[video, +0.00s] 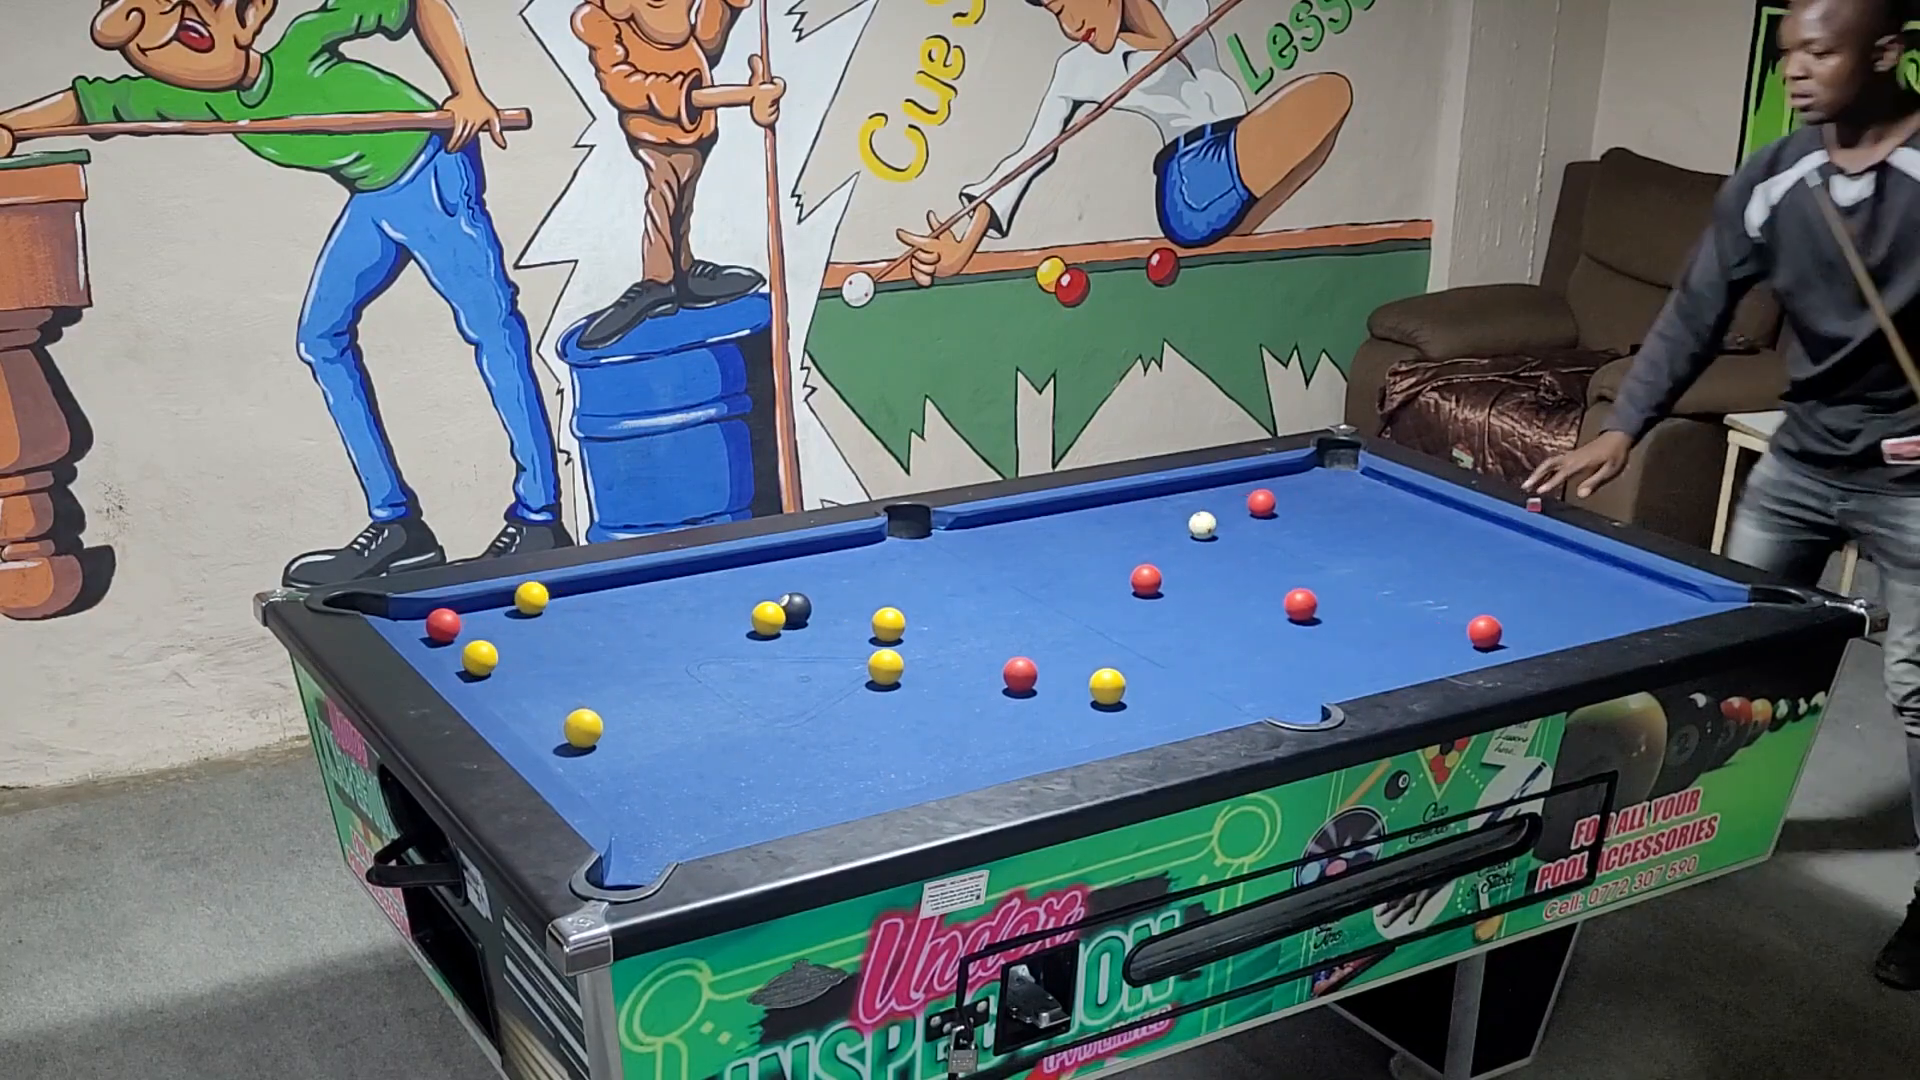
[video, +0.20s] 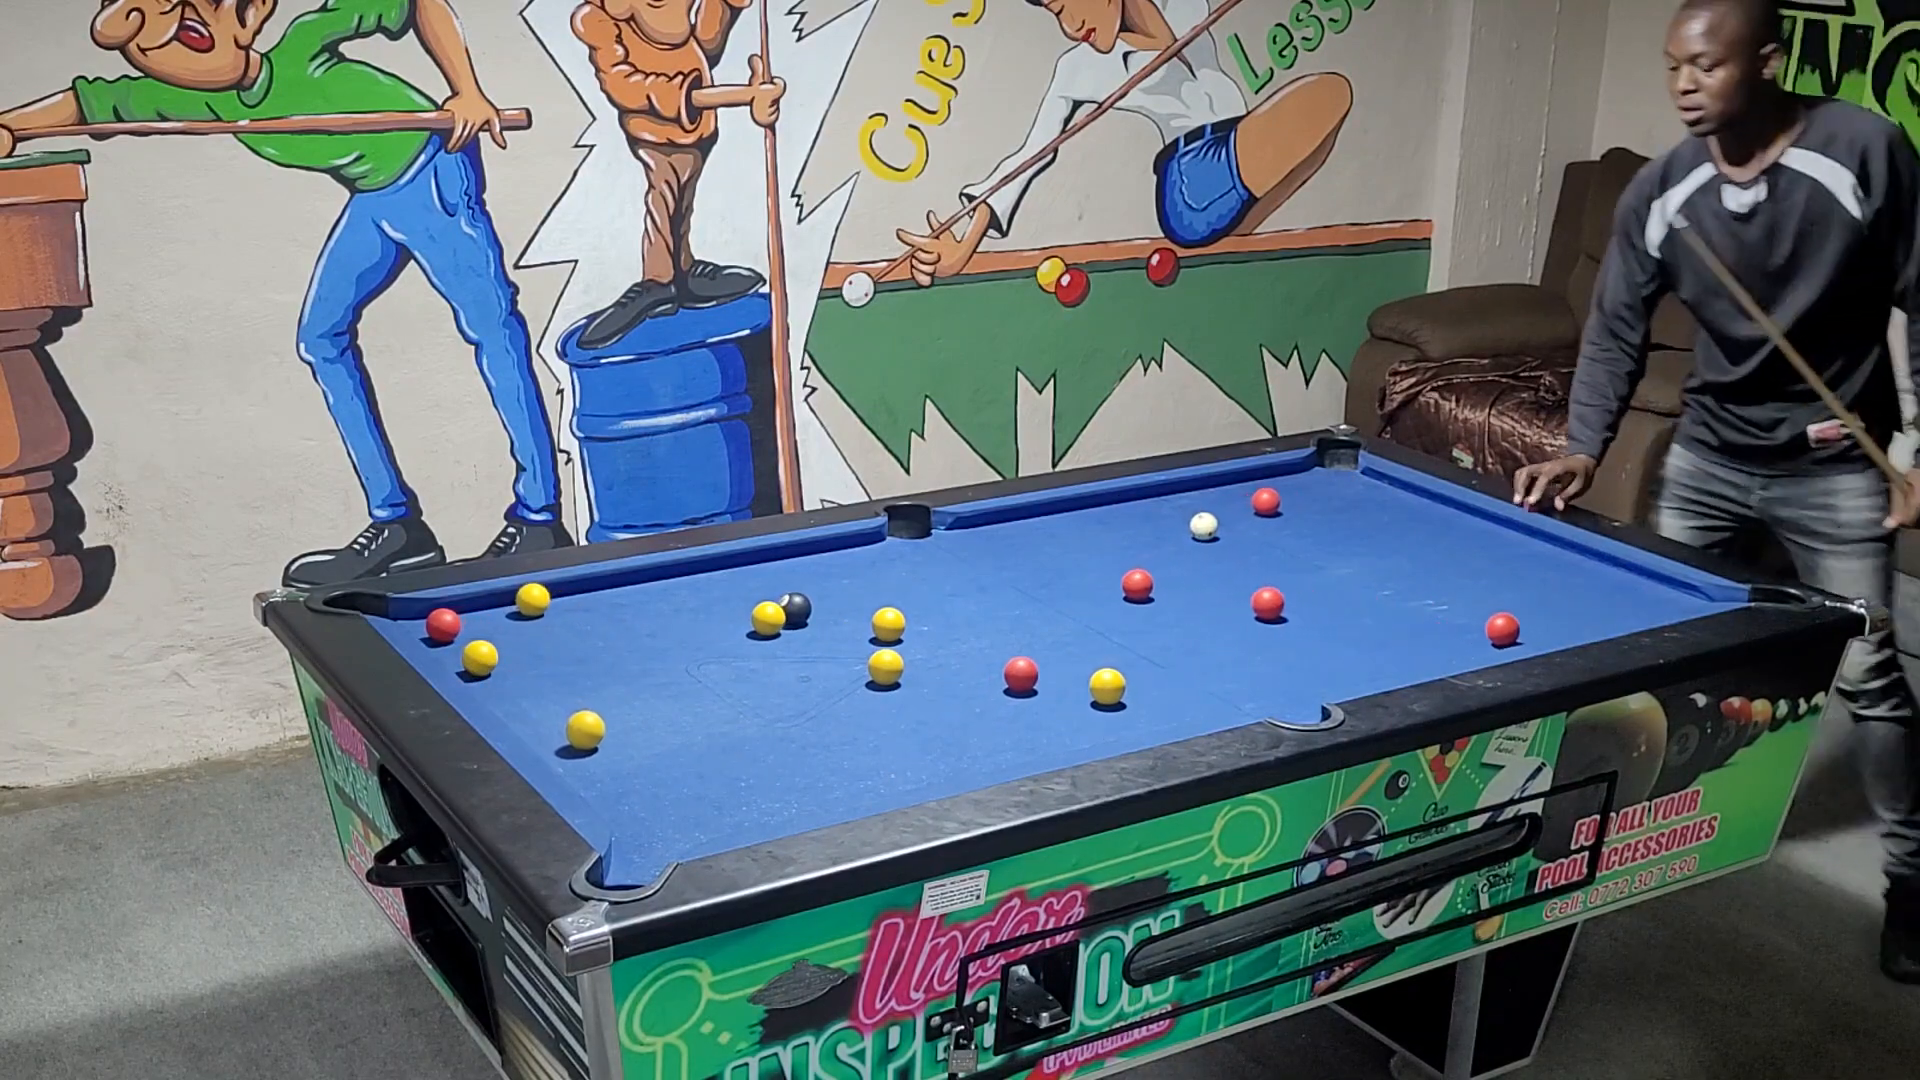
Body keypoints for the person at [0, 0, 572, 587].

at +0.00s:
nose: (205, 55)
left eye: (199, 41)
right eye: (189, 55)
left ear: (225, 21)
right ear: (184, 74)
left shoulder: (300, 37)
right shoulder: (213, 98)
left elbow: (418, 3)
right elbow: (91, 100)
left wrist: (466, 87)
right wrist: (10, 124)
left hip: (426, 165)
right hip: (369, 198)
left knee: (491, 327)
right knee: (322, 337)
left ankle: (541, 518)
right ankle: (397, 522)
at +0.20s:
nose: (205, 56)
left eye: (199, 41)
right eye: (189, 55)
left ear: (226, 21)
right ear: (184, 74)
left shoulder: (300, 37)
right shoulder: (213, 98)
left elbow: (418, 3)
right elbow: (91, 100)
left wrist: (466, 87)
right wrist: (10, 124)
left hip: (426, 165)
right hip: (369, 198)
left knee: (491, 327)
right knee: (322, 337)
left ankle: (541, 518)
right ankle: (397, 522)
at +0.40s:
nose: (205, 56)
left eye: (198, 41)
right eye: (189, 57)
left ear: (225, 21)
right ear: (183, 74)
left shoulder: (300, 37)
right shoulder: (213, 98)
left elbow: (418, 3)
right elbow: (91, 100)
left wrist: (466, 87)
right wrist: (11, 123)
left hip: (426, 164)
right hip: (369, 198)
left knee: (491, 327)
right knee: (322, 337)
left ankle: (541, 518)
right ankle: (397, 522)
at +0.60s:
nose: (205, 57)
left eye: (198, 42)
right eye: (188, 57)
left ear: (225, 21)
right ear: (183, 74)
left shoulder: (300, 37)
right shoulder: (212, 98)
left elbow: (418, 3)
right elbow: (91, 100)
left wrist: (466, 87)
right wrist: (11, 123)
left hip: (426, 165)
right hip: (368, 198)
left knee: (491, 327)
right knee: (322, 337)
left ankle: (541, 518)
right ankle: (397, 522)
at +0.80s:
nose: (205, 56)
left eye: (198, 41)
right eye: (189, 57)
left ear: (225, 21)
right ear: (184, 74)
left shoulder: (300, 37)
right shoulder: (213, 98)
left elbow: (418, 3)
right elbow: (91, 100)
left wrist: (466, 87)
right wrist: (11, 123)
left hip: (426, 165)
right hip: (369, 198)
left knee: (491, 327)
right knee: (322, 337)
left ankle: (541, 518)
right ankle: (397, 522)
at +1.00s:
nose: (204, 56)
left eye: (198, 41)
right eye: (189, 55)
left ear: (225, 21)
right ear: (184, 74)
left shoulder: (300, 36)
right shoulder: (213, 98)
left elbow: (418, 3)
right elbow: (91, 100)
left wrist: (466, 87)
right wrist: (11, 123)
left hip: (426, 165)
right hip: (369, 199)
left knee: (491, 327)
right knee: (322, 337)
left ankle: (541, 518)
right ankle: (397, 522)